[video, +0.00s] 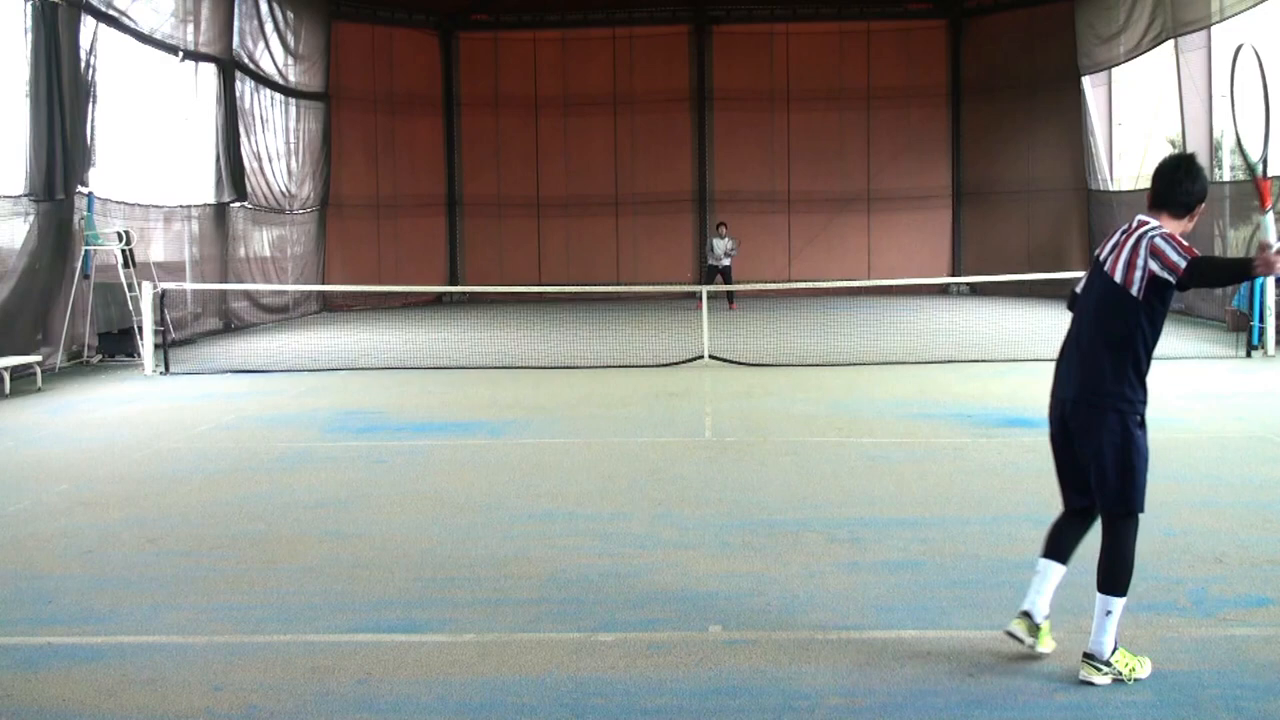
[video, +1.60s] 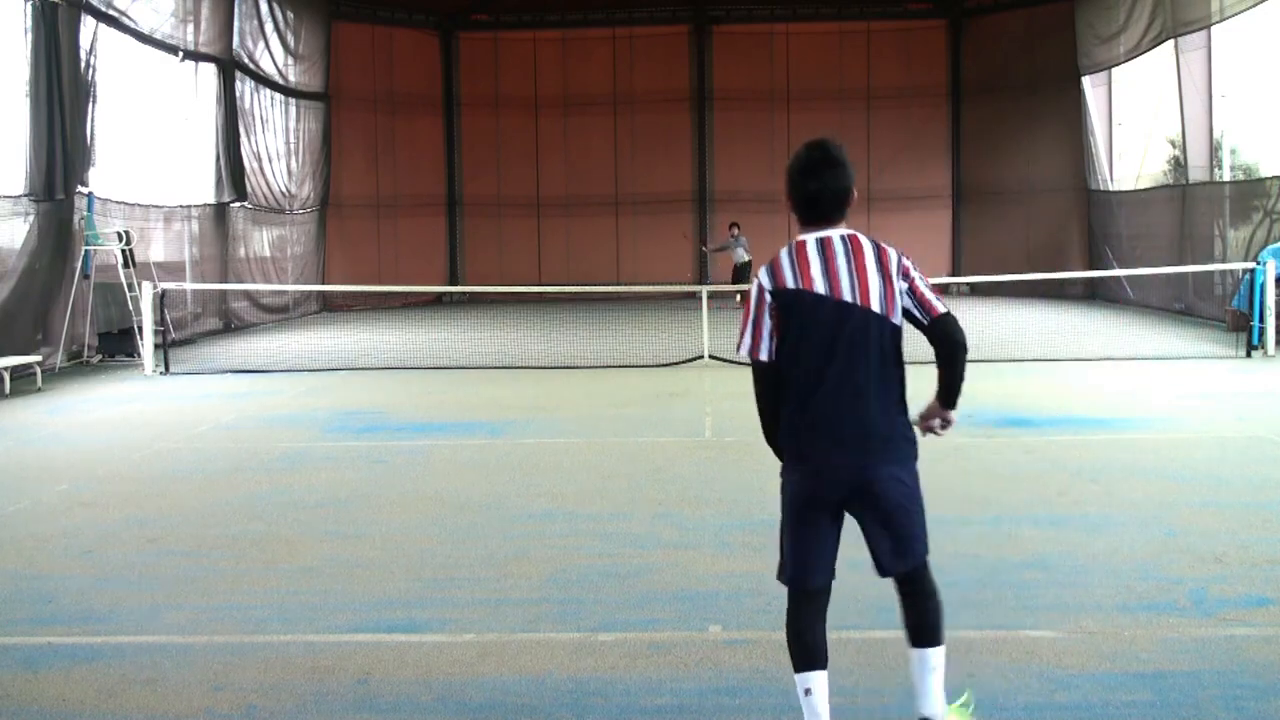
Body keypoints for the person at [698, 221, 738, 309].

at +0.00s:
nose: (722, 231)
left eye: (723, 229)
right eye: (720, 229)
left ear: (726, 230)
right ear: (717, 230)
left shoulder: (730, 241)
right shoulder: (711, 240)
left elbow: (734, 252)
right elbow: (708, 252)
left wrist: (728, 253)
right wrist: (716, 257)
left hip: (725, 265)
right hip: (713, 265)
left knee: (729, 284)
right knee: (707, 283)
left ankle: (731, 303)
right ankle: (701, 301)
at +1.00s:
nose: (716, 232)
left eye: (718, 230)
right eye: (714, 230)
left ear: (720, 231)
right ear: (712, 232)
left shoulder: (726, 242)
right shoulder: (708, 243)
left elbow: (726, 253)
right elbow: (705, 255)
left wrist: (716, 256)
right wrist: (710, 261)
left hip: (724, 265)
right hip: (713, 266)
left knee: (729, 283)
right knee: (710, 284)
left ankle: (733, 302)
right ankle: (710, 302)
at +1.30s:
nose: (725, 236)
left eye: (727, 234)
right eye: (724, 234)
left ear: (730, 235)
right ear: (722, 235)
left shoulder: (733, 244)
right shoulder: (721, 245)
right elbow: (715, 252)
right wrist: (708, 252)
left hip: (732, 268)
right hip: (721, 268)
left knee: (736, 286)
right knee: (713, 286)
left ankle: (745, 302)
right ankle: (710, 302)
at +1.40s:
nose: (730, 235)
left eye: (731, 232)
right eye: (728, 233)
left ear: (734, 234)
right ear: (726, 234)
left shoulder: (737, 242)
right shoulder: (725, 245)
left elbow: (734, 248)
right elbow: (718, 250)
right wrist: (709, 251)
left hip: (737, 267)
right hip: (727, 267)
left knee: (740, 285)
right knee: (720, 285)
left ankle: (745, 302)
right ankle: (714, 301)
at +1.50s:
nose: (732, 233)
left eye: (733, 231)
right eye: (730, 231)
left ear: (737, 232)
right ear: (728, 232)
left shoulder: (740, 241)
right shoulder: (729, 242)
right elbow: (722, 248)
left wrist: (715, 245)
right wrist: (711, 249)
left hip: (742, 264)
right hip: (732, 265)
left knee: (742, 284)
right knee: (727, 283)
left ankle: (746, 302)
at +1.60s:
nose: (733, 232)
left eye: (735, 229)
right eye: (732, 230)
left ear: (738, 230)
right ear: (730, 231)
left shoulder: (742, 240)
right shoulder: (731, 242)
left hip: (746, 262)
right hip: (737, 264)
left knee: (743, 283)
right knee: (734, 283)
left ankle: (745, 301)